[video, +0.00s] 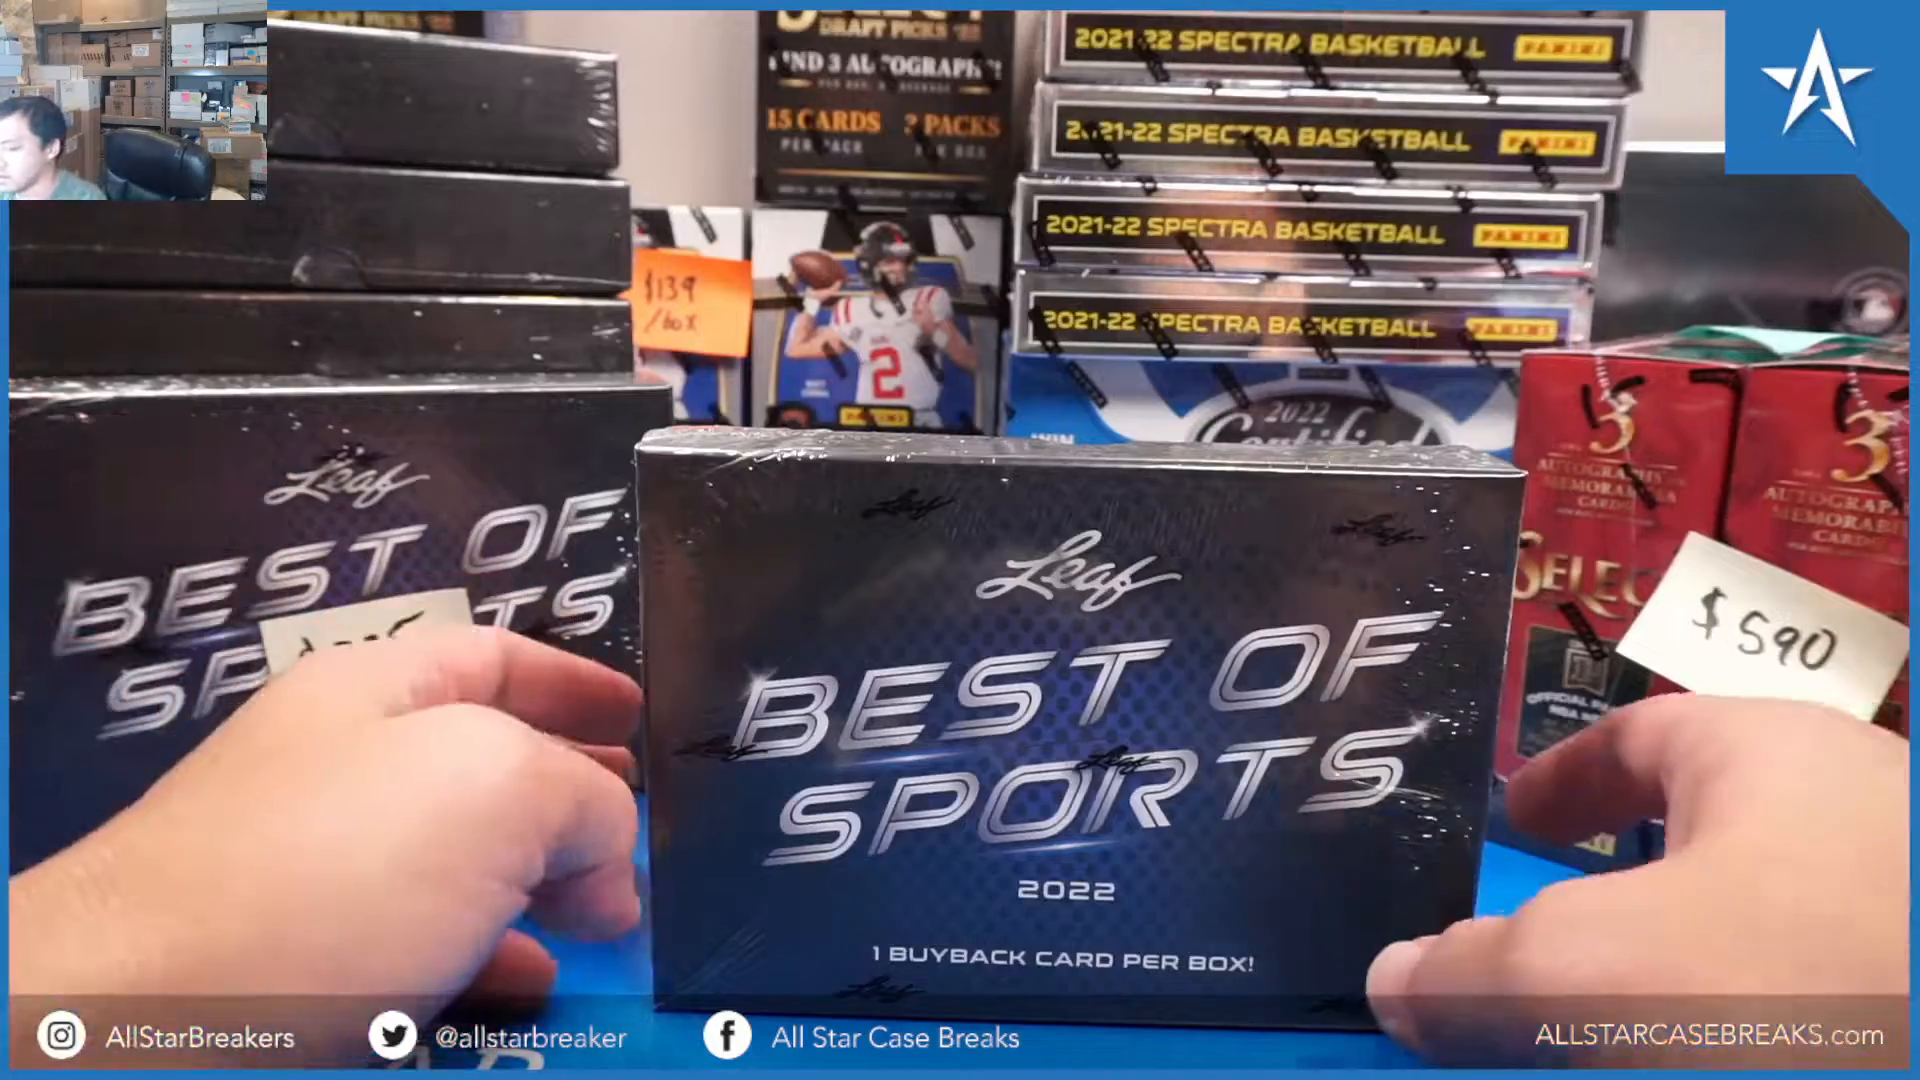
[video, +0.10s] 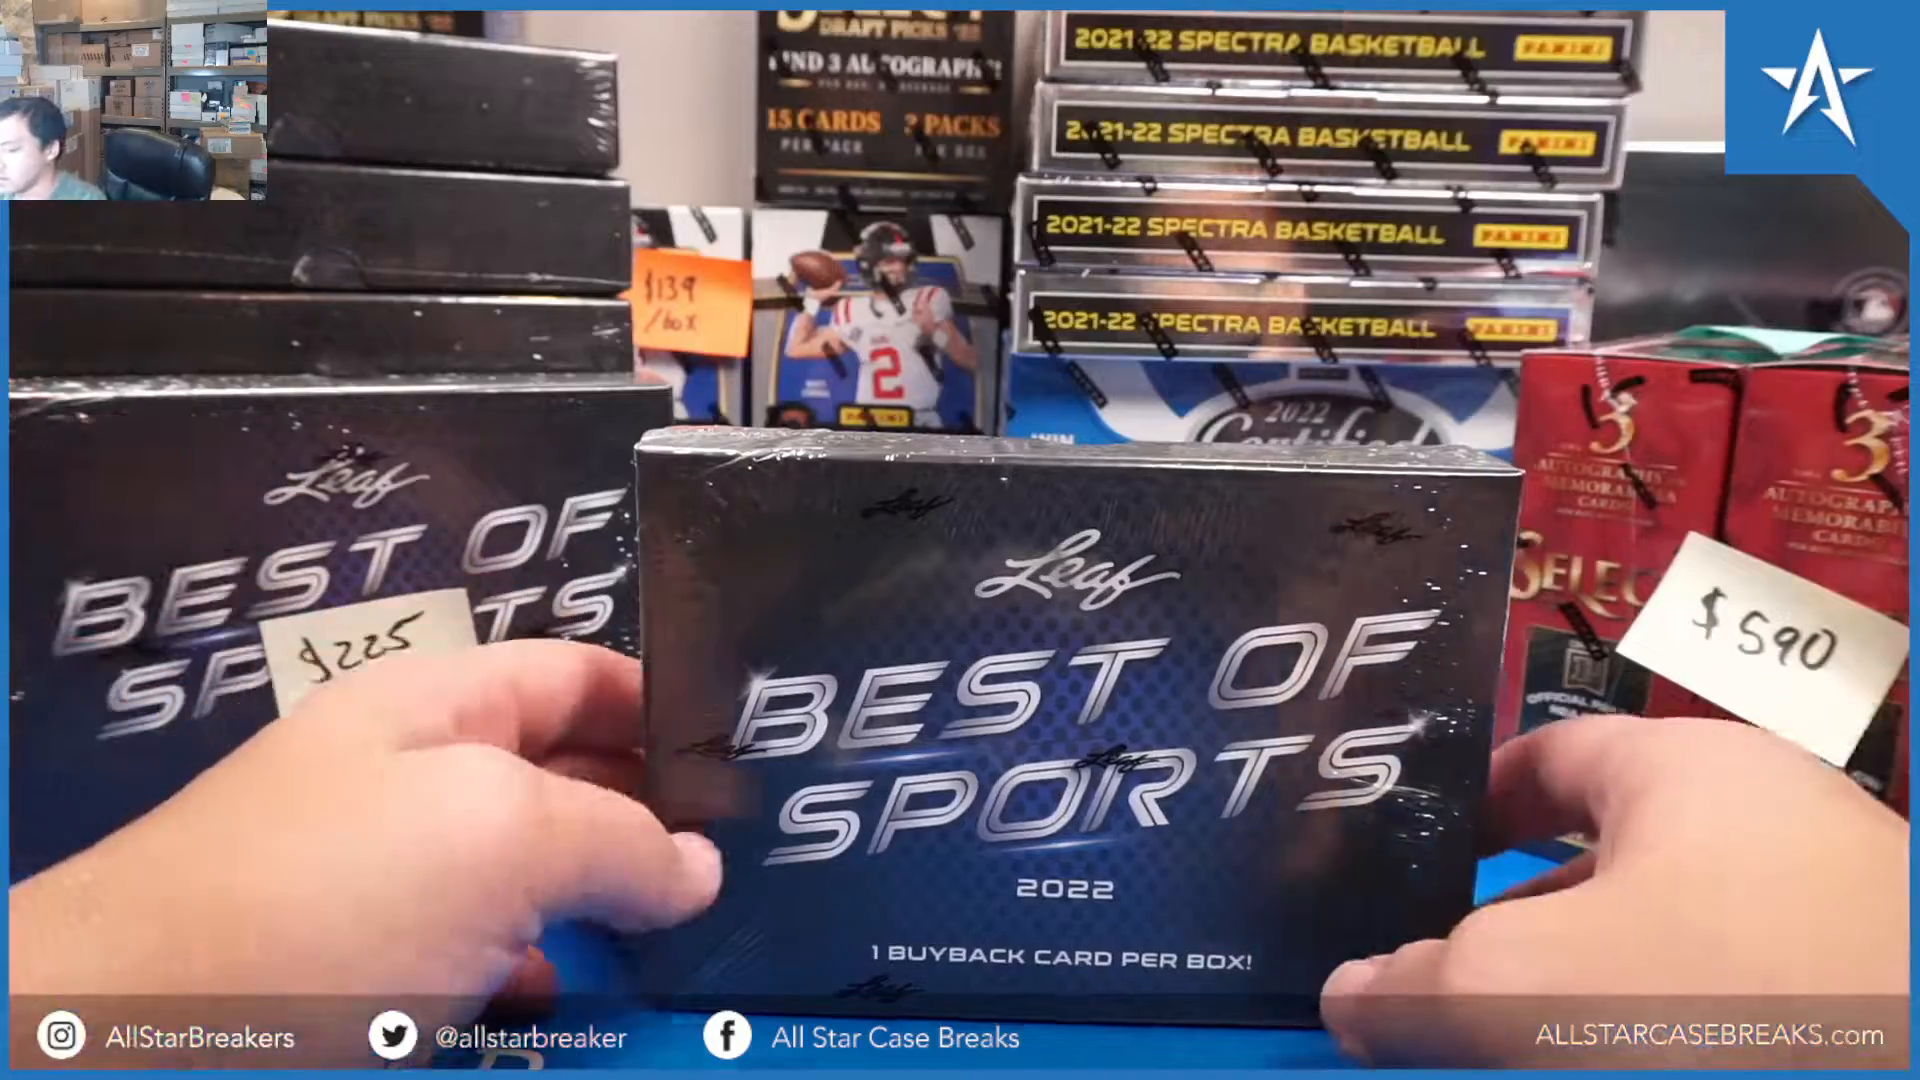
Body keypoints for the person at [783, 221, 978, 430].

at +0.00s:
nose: (897, 269)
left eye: (903, 260)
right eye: (887, 261)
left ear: (910, 263)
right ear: (868, 267)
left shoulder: (931, 298)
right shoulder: (851, 310)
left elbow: (972, 362)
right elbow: (796, 350)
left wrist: (935, 331)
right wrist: (812, 304)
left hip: (920, 419)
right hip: (868, 421)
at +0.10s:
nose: (897, 269)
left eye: (903, 260)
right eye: (887, 261)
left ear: (910, 263)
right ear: (868, 266)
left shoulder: (931, 298)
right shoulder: (850, 311)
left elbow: (971, 362)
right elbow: (795, 350)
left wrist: (935, 331)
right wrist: (812, 304)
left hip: (920, 419)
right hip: (868, 421)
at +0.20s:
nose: (896, 269)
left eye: (902, 260)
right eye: (887, 261)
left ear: (910, 264)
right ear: (868, 266)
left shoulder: (931, 298)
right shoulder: (852, 311)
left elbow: (972, 363)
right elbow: (796, 350)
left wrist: (934, 330)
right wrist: (812, 304)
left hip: (920, 420)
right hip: (868, 421)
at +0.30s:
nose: (897, 269)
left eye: (903, 261)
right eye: (888, 262)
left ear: (910, 264)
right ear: (870, 267)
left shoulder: (929, 299)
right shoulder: (853, 313)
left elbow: (971, 362)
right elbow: (795, 350)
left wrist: (934, 331)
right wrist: (812, 303)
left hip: (925, 414)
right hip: (872, 414)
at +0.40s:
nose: (898, 269)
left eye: (904, 261)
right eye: (889, 262)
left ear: (910, 263)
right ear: (869, 266)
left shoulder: (930, 298)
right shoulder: (851, 311)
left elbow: (969, 359)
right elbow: (796, 350)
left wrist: (935, 332)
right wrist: (812, 302)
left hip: (928, 394)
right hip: (873, 399)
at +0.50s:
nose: (898, 269)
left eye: (903, 260)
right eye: (888, 262)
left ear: (911, 263)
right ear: (869, 267)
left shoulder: (932, 298)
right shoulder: (847, 309)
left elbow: (963, 353)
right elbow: (794, 354)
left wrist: (934, 331)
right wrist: (812, 304)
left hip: (921, 386)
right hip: (863, 389)